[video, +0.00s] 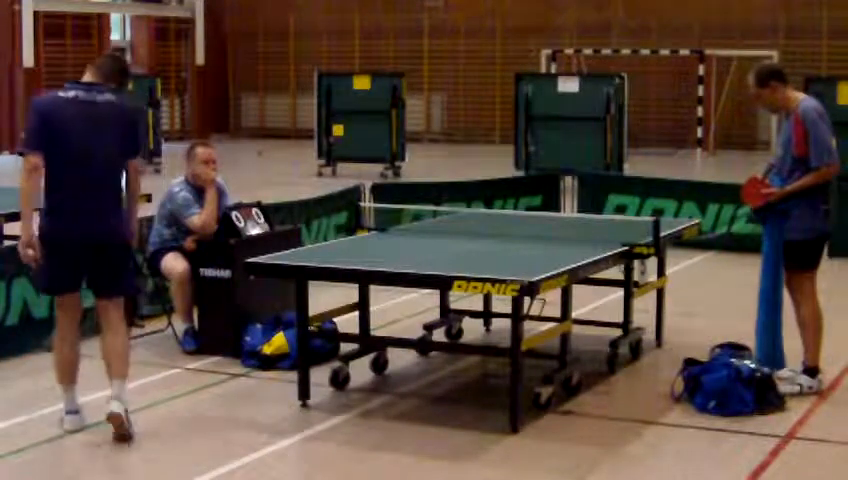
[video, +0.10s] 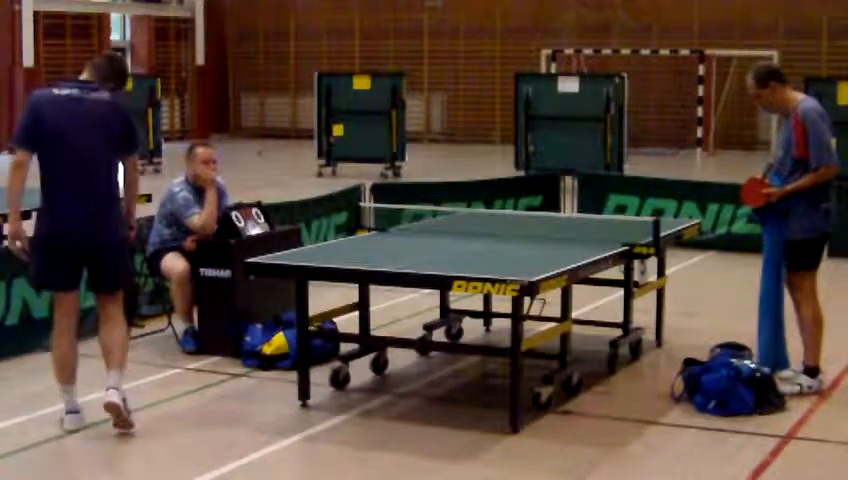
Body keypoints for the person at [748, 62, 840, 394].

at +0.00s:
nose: (761, 104)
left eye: (761, 97)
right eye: (758, 98)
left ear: (775, 88)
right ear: (775, 88)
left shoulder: (809, 111)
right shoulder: (790, 115)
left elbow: (829, 166)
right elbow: (783, 161)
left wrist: (781, 191)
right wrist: (765, 179)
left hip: (806, 220)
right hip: (791, 218)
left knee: (803, 290)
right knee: (797, 289)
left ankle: (811, 370)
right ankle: (808, 366)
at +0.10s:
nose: (759, 104)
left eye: (759, 97)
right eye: (756, 98)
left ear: (773, 88)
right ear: (774, 88)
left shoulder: (808, 113)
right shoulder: (791, 115)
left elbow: (828, 167)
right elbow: (785, 162)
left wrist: (781, 191)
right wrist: (766, 179)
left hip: (807, 220)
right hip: (792, 219)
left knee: (803, 288)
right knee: (797, 287)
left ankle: (812, 370)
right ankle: (809, 366)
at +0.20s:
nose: (759, 104)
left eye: (759, 97)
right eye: (756, 98)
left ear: (773, 88)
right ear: (773, 88)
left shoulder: (808, 113)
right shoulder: (791, 116)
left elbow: (827, 168)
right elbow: (788, 165)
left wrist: (780, 189)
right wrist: (765, 181)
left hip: (807, 221)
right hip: (792, 220)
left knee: (803, 289)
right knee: (798, 288)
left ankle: (811, 370)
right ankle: (808, 366)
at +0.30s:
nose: (759, 105)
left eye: (759, 97)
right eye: (756, 98)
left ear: (773, 88)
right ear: (773, 88)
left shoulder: (808, 114)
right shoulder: (791, 116)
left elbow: (824, 170)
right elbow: (789, 165)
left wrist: (775, 182)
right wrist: (763, 177)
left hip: (808, 220)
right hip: (794, 218)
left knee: (803, 287)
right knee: (797, 286)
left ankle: (811, 370)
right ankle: (806, 364)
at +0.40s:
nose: (760, 107)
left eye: (760, 99)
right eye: (757, 100)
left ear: (776, 88)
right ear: (774, 89)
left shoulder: (810, 114)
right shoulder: (787, 117)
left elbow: (821, 169)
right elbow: (787, 161)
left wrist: (776, 171)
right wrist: (758, 166)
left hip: (809, 215)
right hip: (791, 214)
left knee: (804, 288)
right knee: (797, 287)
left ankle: (811, 370)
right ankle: (805, 363)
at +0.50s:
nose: (761, 106)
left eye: (761, 98)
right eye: (758, 100)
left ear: (776, 88)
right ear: (775, 89)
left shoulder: (811, 115)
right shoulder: (790, 117)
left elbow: (814, 172)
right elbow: (789, 168)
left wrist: (773, 159)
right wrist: (758, 160)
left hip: (809, 216)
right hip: (792, 214)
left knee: (805, 289)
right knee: (798, 288)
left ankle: (811, 370)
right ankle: (808, 366)